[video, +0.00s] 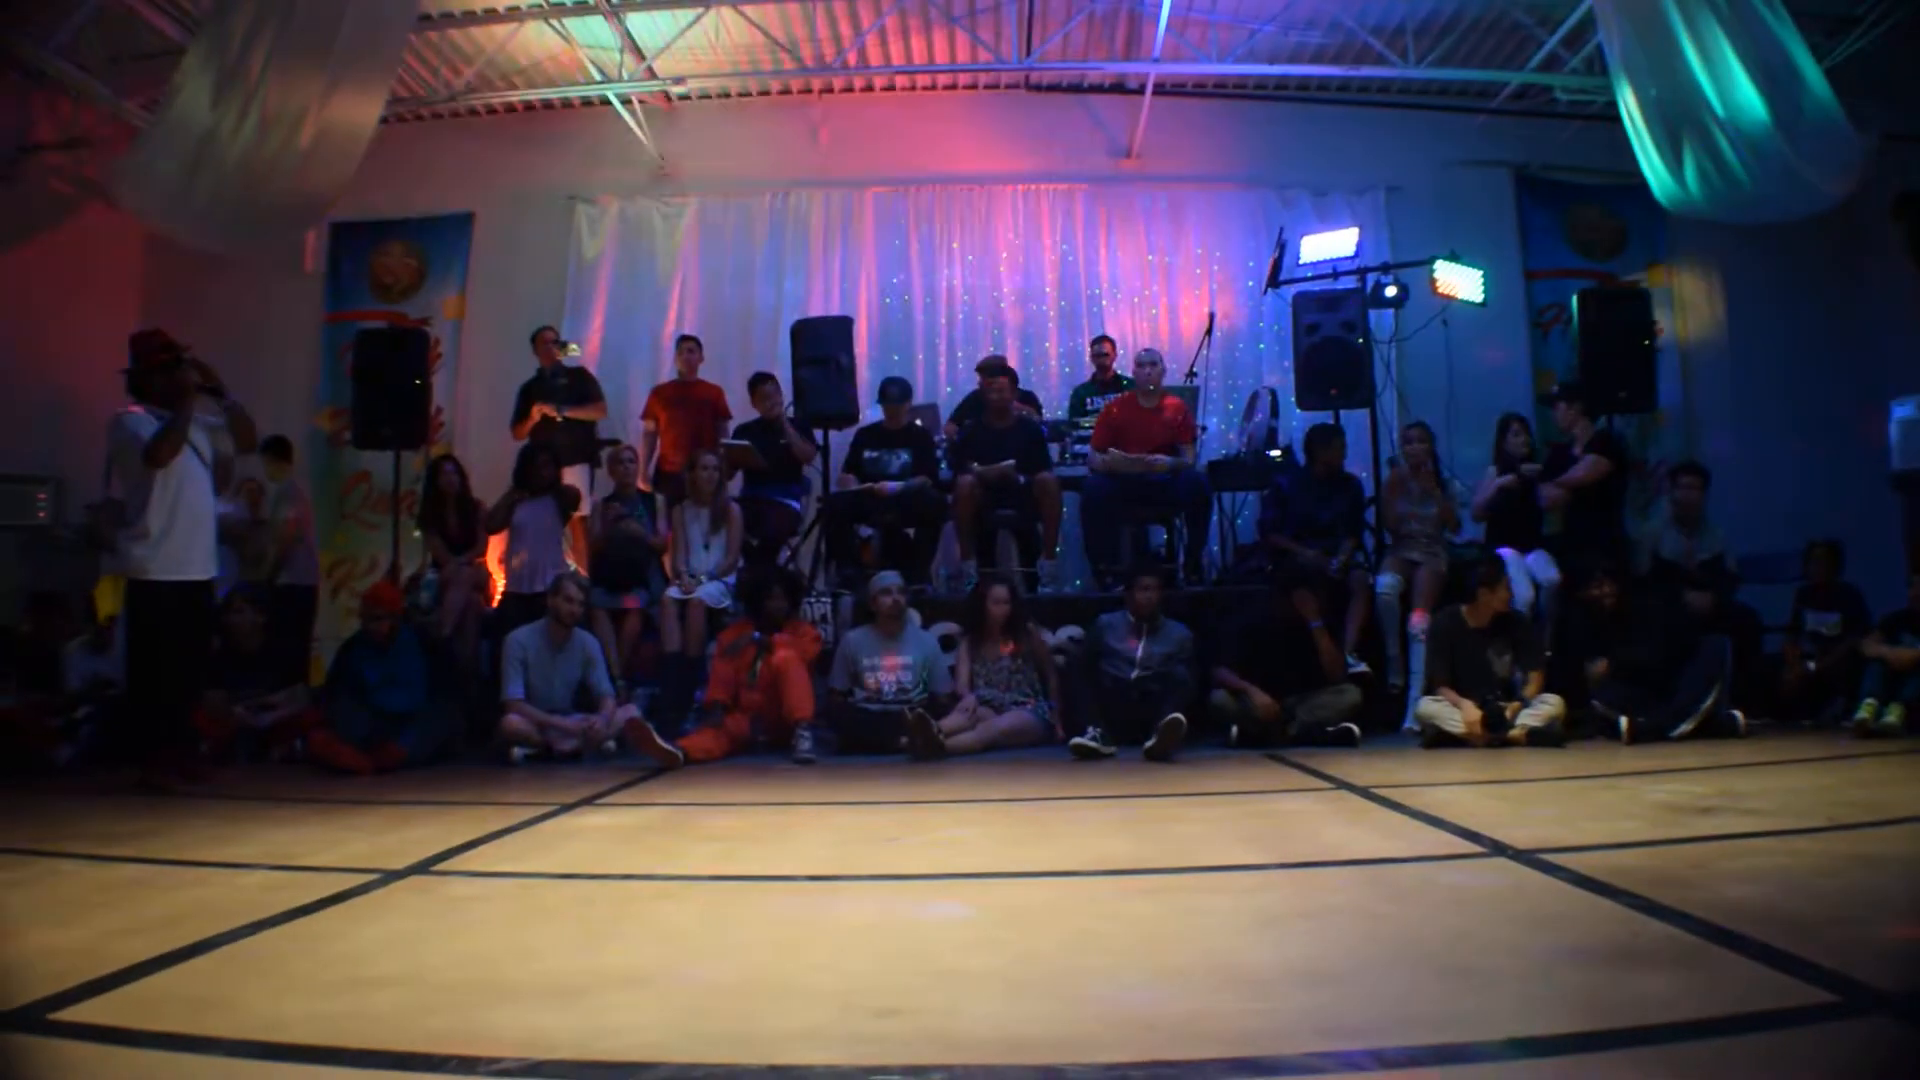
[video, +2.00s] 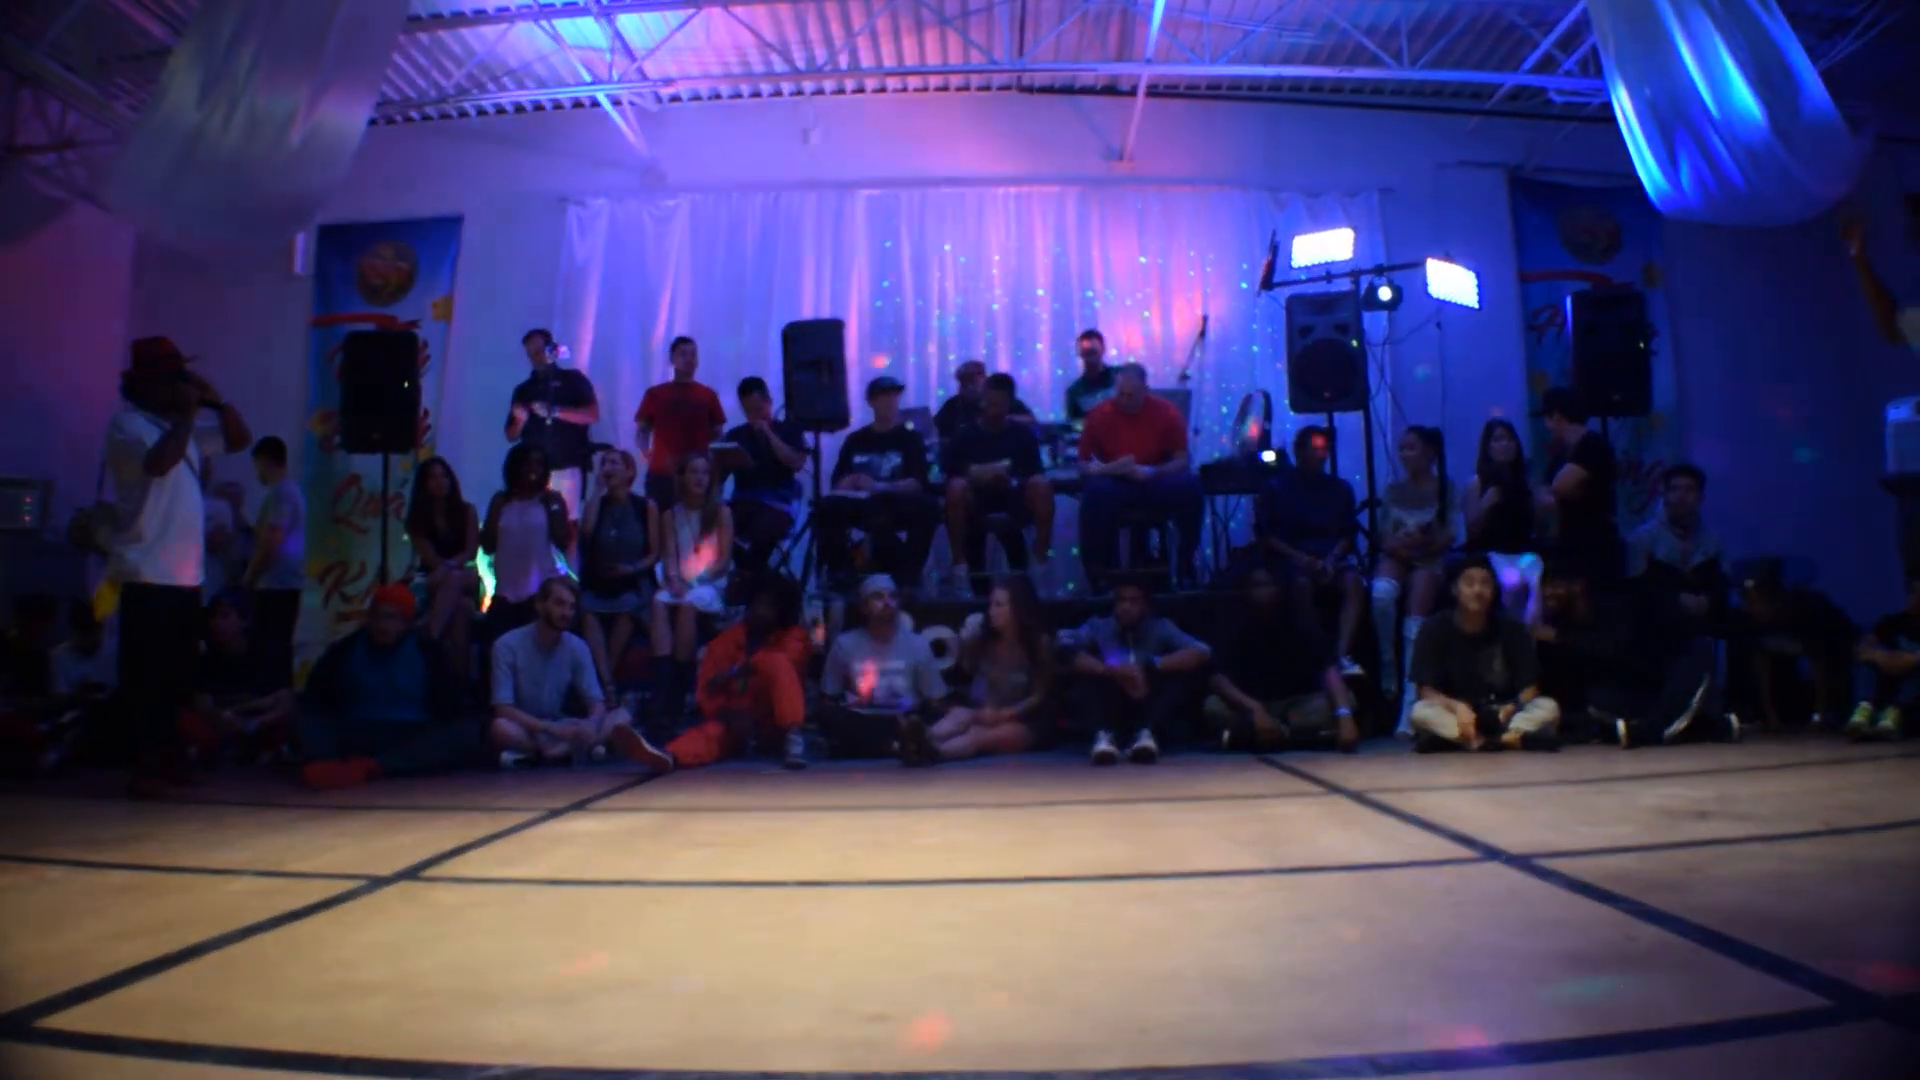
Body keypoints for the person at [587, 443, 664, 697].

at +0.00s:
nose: (627, 468)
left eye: (631, 462)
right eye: (620, 462)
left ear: (638, 467)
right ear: (610, 470)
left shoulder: (653, 501)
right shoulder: (602, 505)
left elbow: (661, 542)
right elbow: (594, 544)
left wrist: (637, 532)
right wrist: (610, 524)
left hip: (642, 573)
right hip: (608, 574)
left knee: (633, 605)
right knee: (597, 607)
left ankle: (618, 672)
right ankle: (615, 676)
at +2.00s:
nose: (607, 468)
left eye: (614, 463)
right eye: (604, 463)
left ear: (629, 472)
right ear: (599, 471)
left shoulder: (645, 506)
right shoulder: (594, 504)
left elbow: (654, 552)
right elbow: (586, 532)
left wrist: (631, 568)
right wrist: (597, 492)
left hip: (630, 579)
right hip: (598, 577)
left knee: (626, 613)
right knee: (588, 614)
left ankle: (606, 677)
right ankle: (606, 684)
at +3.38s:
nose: (620, 472)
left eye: (624, 467)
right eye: (613, 467)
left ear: (630, 472)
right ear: (602, 474)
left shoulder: (646, 508)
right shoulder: (592, 509)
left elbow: (654, 552)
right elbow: (588, 547)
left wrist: (634, 568)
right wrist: (605, 520)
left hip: (631, 576)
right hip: (600, 574)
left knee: (627, 609)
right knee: (589, 611)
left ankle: (608, 676)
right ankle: (606, 680)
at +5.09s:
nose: (613, 473)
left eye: (620, 468)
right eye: (609, 467)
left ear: (632, 475)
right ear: (604, 473)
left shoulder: (646, 508)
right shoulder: (595, 509)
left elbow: (648, 550)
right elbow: (590, 547)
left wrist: (631, 532)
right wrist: (610, 532)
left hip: (633, 578)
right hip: (602, 577)